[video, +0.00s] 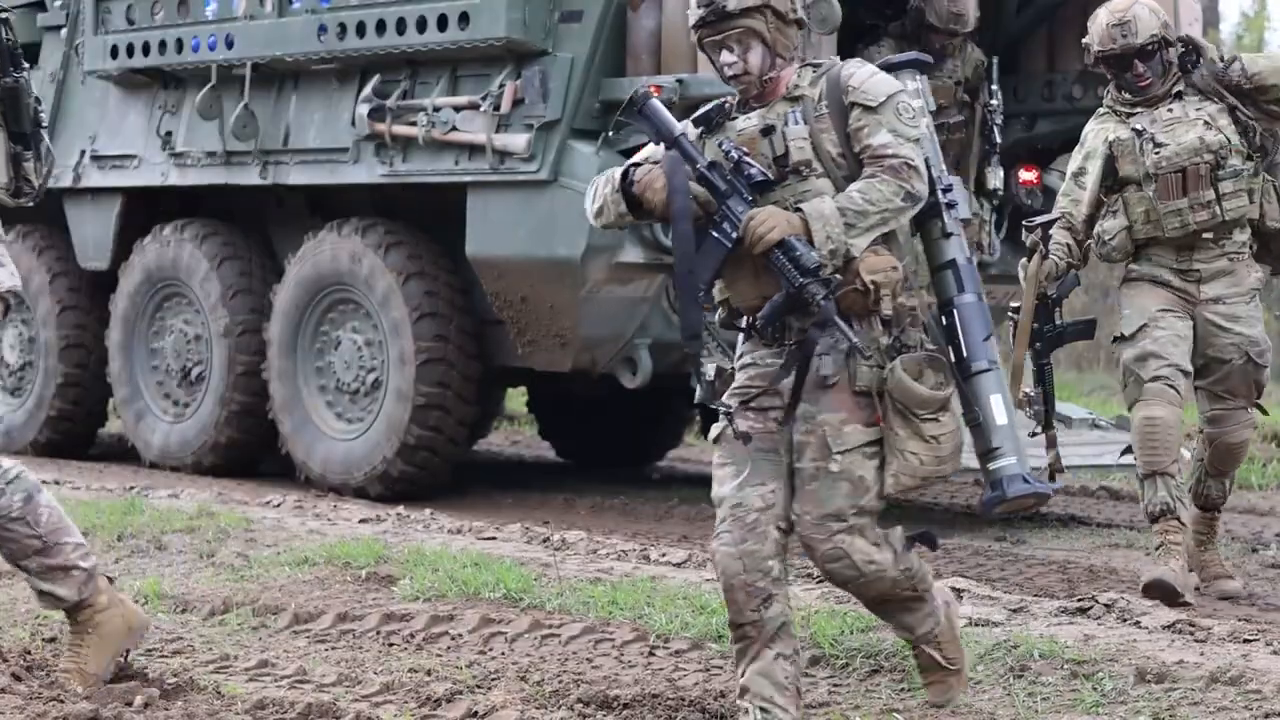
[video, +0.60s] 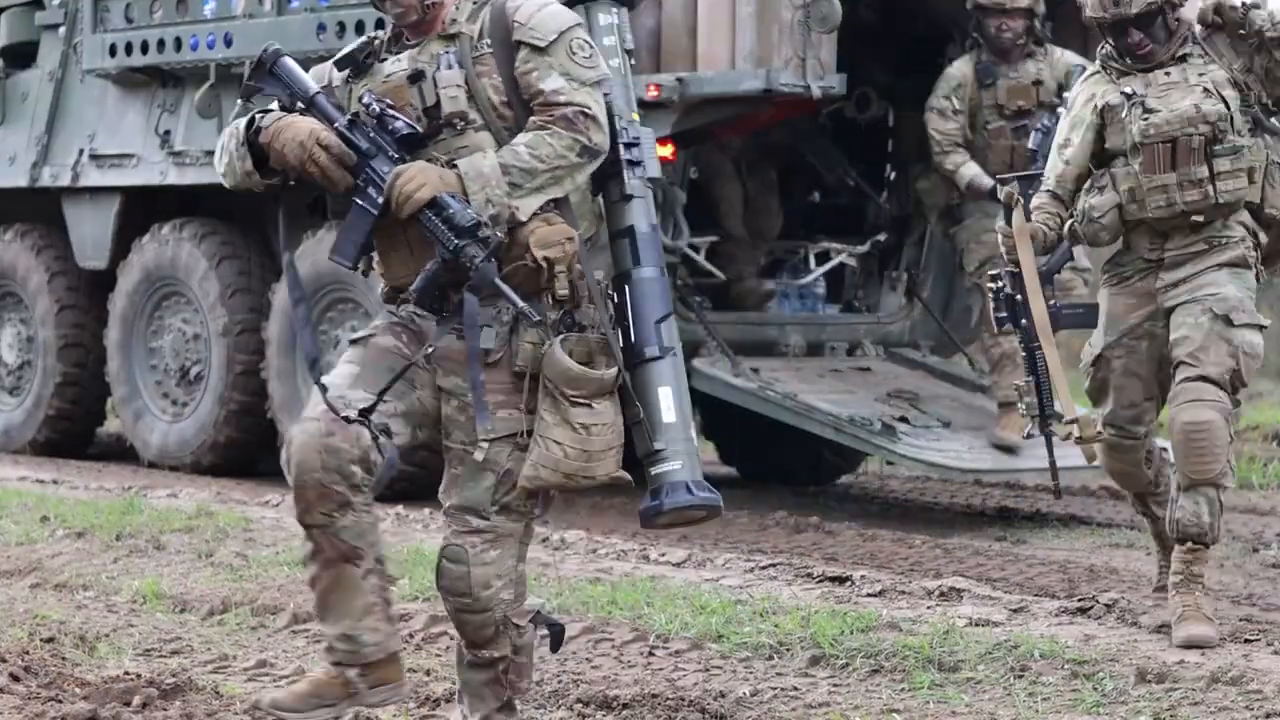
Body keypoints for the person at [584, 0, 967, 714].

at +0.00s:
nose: (728, 63)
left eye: (738, 46)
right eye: (718, 52)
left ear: (781, 39)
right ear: (715, 60)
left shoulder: (856, 87)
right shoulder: (719, 131)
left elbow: (903, 180)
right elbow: (600, 201)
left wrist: (805, 221)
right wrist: (635, 186)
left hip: (851, 334)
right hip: (760, 342)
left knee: (834, 534)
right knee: (744, 542)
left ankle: (930, 621)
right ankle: (769, 698)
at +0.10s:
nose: (673, 64)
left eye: (682, 46)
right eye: (662, 53)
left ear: (721, 37)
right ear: (656, 59)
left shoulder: (806, 86)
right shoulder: (663, 127)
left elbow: (854, 182)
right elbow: (555, 222)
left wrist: (752, 229)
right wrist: (586, 204)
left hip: (795, 337)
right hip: (709, 346)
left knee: (728, 510)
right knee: (699, 549)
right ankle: (755, 697)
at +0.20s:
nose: (617, 48)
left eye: (629, 29)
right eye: (607, 36)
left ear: (673, 20)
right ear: (600, 39)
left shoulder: (751, 69)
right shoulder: (609, 108)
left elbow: (807, 170)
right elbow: (498, 197)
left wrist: (704, 218)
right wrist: (526, 190)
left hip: (743, 326)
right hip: (657, 338)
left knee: (650, 498)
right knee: (696, 531)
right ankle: (763, 697)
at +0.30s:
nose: (562, 34)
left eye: (576, 17)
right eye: (550, 21)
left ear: (621, 11)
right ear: (542, 25)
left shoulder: (697, 60)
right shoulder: (535, 97)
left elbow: (749, 165)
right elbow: (424, 160)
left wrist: (644, 208)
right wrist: (454, 169)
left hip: (679, 332)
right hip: (599, 339)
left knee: (578, 515)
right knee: (663, 547)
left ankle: (512, 702)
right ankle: (761, 693)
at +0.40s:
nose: (498, 26)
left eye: (510, 9)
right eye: (488, 14)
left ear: (555, 5)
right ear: (482, 21)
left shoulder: (637, 57)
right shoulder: (478, 95)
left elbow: (686, 166)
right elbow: (380, 183)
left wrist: (575, 207)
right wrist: (374, 155)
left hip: (609, 334)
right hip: (530, 342)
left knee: (519, 543)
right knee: (561, 553)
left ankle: (500, 702)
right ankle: (698, 662)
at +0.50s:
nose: (439, 7)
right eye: (432, 2)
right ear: (429, 15)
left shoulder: (578, 41)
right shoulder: (418, 84)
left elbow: (632, 151)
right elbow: (318, 189)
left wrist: (519, 196)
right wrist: (306, 132)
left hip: (570, 333)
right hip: (473, 335)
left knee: (494, 556)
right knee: (426, 551)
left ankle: (504, 705)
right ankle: (542, 634)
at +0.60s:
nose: (399, 4)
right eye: (388, 3)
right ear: (377, 4)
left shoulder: (526, 21)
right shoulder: (363, 66)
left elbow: (579, 128)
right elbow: (236, 152)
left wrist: (464, 187)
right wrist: (271, 134)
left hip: (510, 321)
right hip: (409, 317)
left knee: (476, 577)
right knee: (319, 452)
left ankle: (492, 705)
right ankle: (365, 663)